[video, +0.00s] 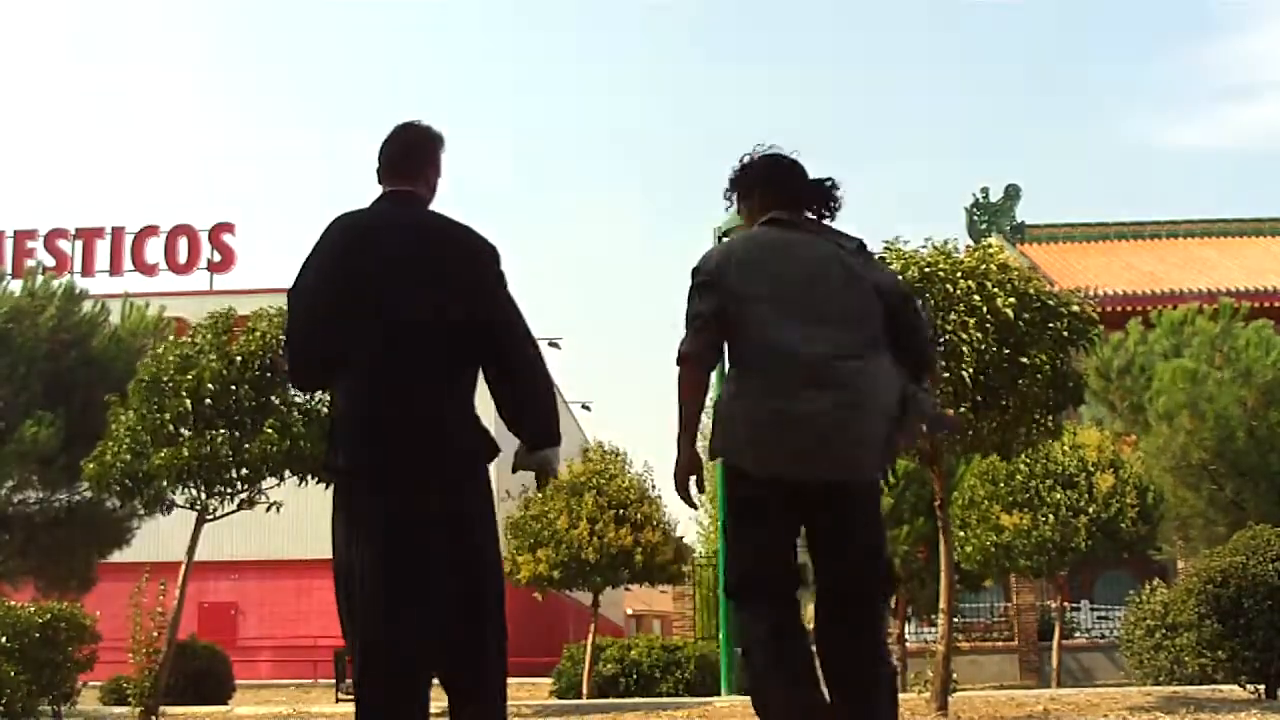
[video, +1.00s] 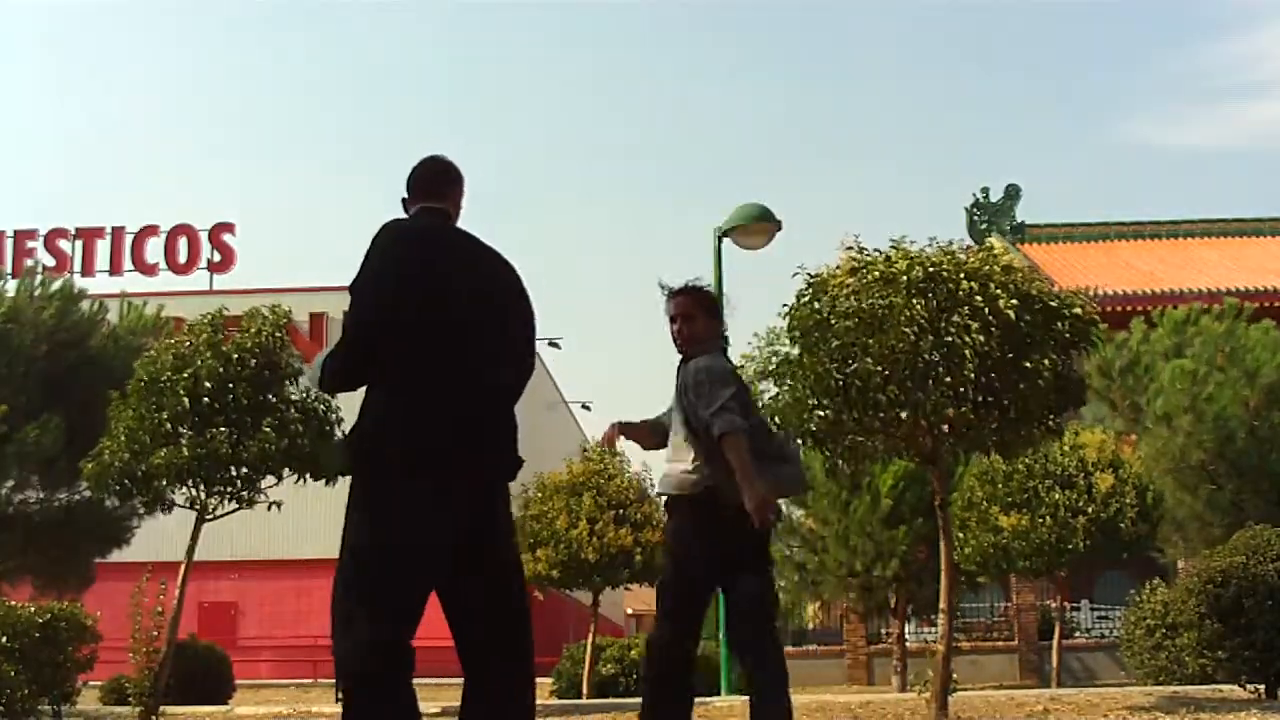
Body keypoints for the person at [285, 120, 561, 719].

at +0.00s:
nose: (435, 181)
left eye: (424, 170)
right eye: (438, 172)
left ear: (380, 171)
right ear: (436, 174)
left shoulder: (340, 239)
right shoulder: (469, 248)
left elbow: (303, 364)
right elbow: (511, 351)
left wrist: (361, 354)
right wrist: (540, 437)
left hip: (365, 464)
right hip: (452, 461)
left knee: (379, 628)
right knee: (471, 624)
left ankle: (389, 712)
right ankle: (479, 712)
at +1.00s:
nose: (419, 210)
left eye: (412, 202)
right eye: (442, 199)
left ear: (406, 201)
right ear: (460, 201)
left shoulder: (394, 244)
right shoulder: (499, 270)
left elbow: (362, 353)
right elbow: (518, 365)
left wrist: (328, 371)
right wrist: (473, 404)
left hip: (396, 472)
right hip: (478, 476)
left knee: (370, 636)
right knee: (498, 642)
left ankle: (383, 719)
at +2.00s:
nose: (328, 206)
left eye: (323, 199)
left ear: (319, 198)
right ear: (375, 195)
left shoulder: (302, 258)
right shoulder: (424, 254)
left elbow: (277, 392)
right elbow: (472, 360)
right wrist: (488, 444)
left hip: (350, 483)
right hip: (435, 474)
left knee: (368, 650)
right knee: (469, 639)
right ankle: (485, 717)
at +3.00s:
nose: (345, 212)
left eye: (336, 203)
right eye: (371, 200)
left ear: (331, 203)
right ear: (385, 202)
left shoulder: (306, 258)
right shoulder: (425, 258)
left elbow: (273, 353)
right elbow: (481, 355)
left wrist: (324, 394)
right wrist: (508, 425)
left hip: (344, 465)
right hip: (425, 459)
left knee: (358, 629)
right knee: (447, 625)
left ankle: (370, 715)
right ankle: (468, 715)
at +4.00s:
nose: (426, 213)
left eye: (428, 202)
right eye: (425, 201)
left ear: (377, 187)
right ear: (407, 190)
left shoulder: (330, 250)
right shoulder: (392, 237)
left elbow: (305, 353)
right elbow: (402, 340)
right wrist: (449, 401)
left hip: (324, 448)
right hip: (380, 449)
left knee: (340, 597)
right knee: (396, 596)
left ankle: (314, 710)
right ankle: (417, 710)